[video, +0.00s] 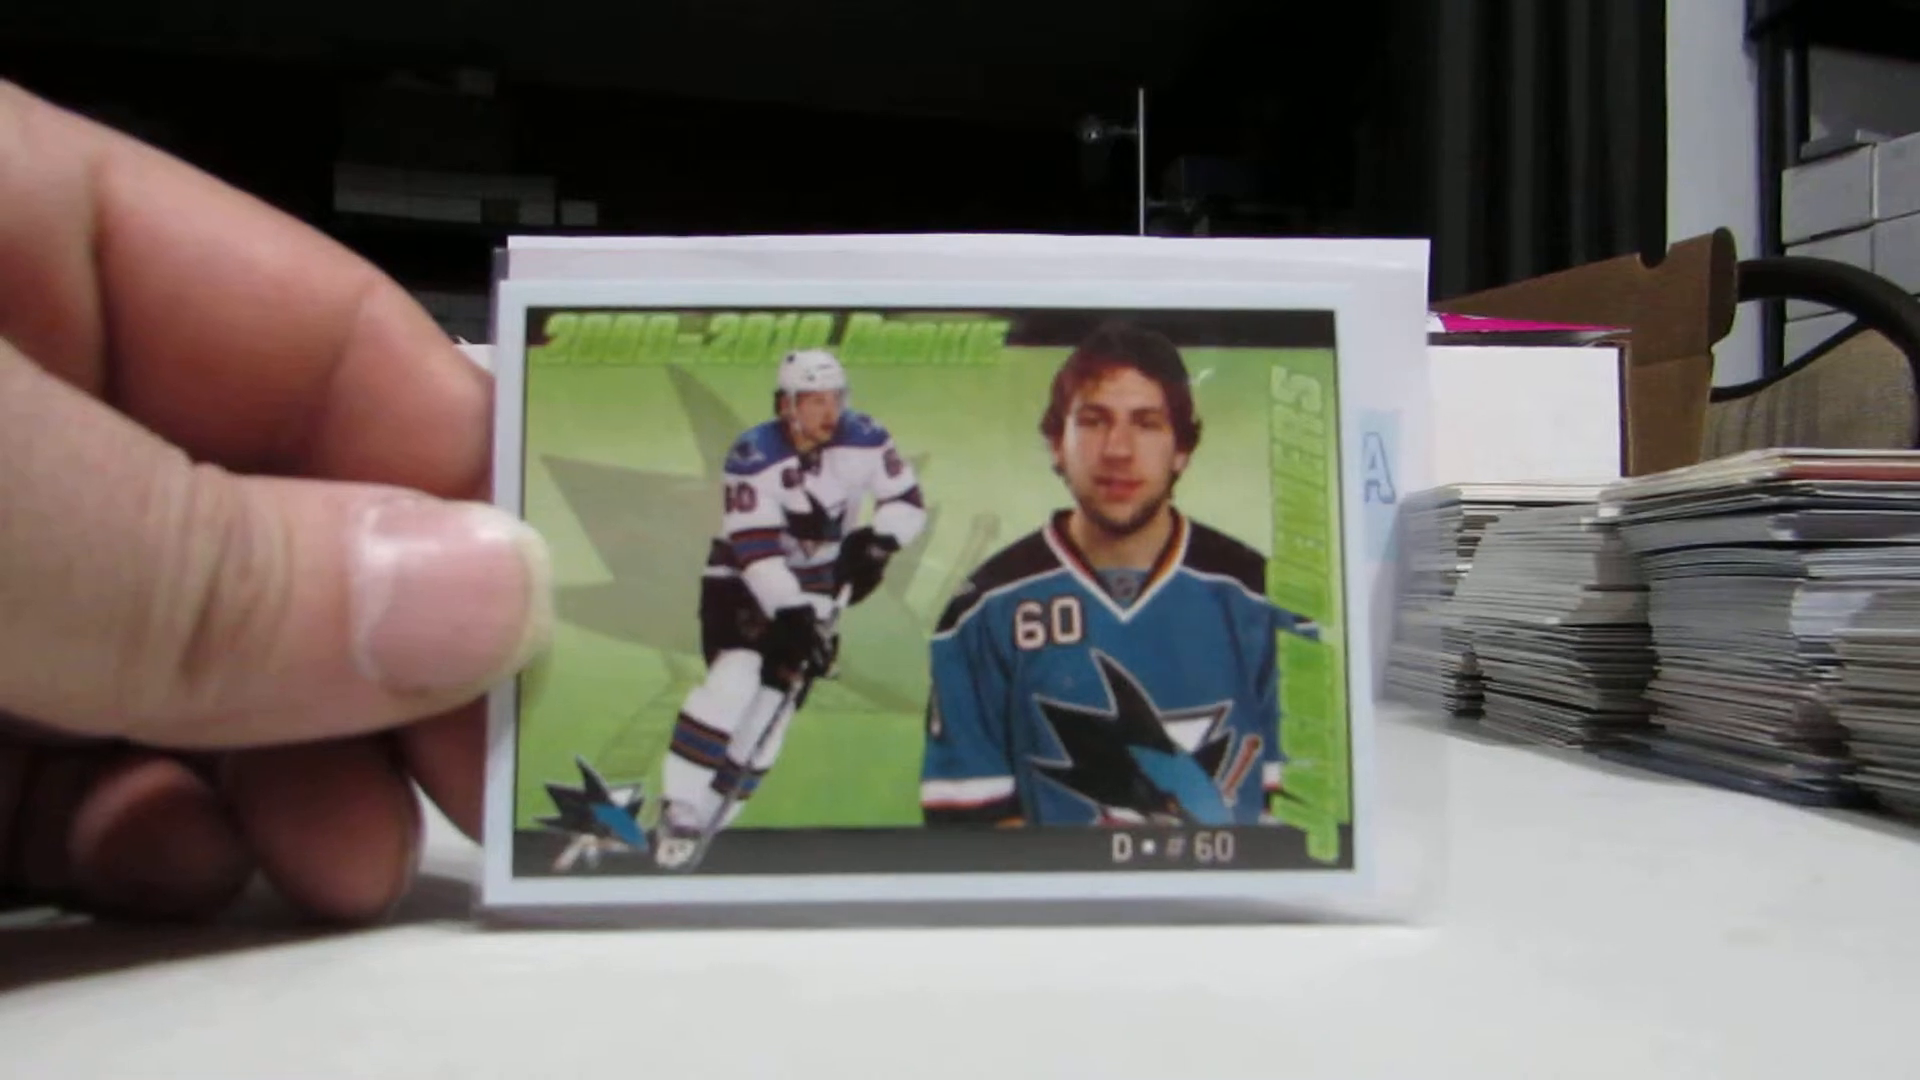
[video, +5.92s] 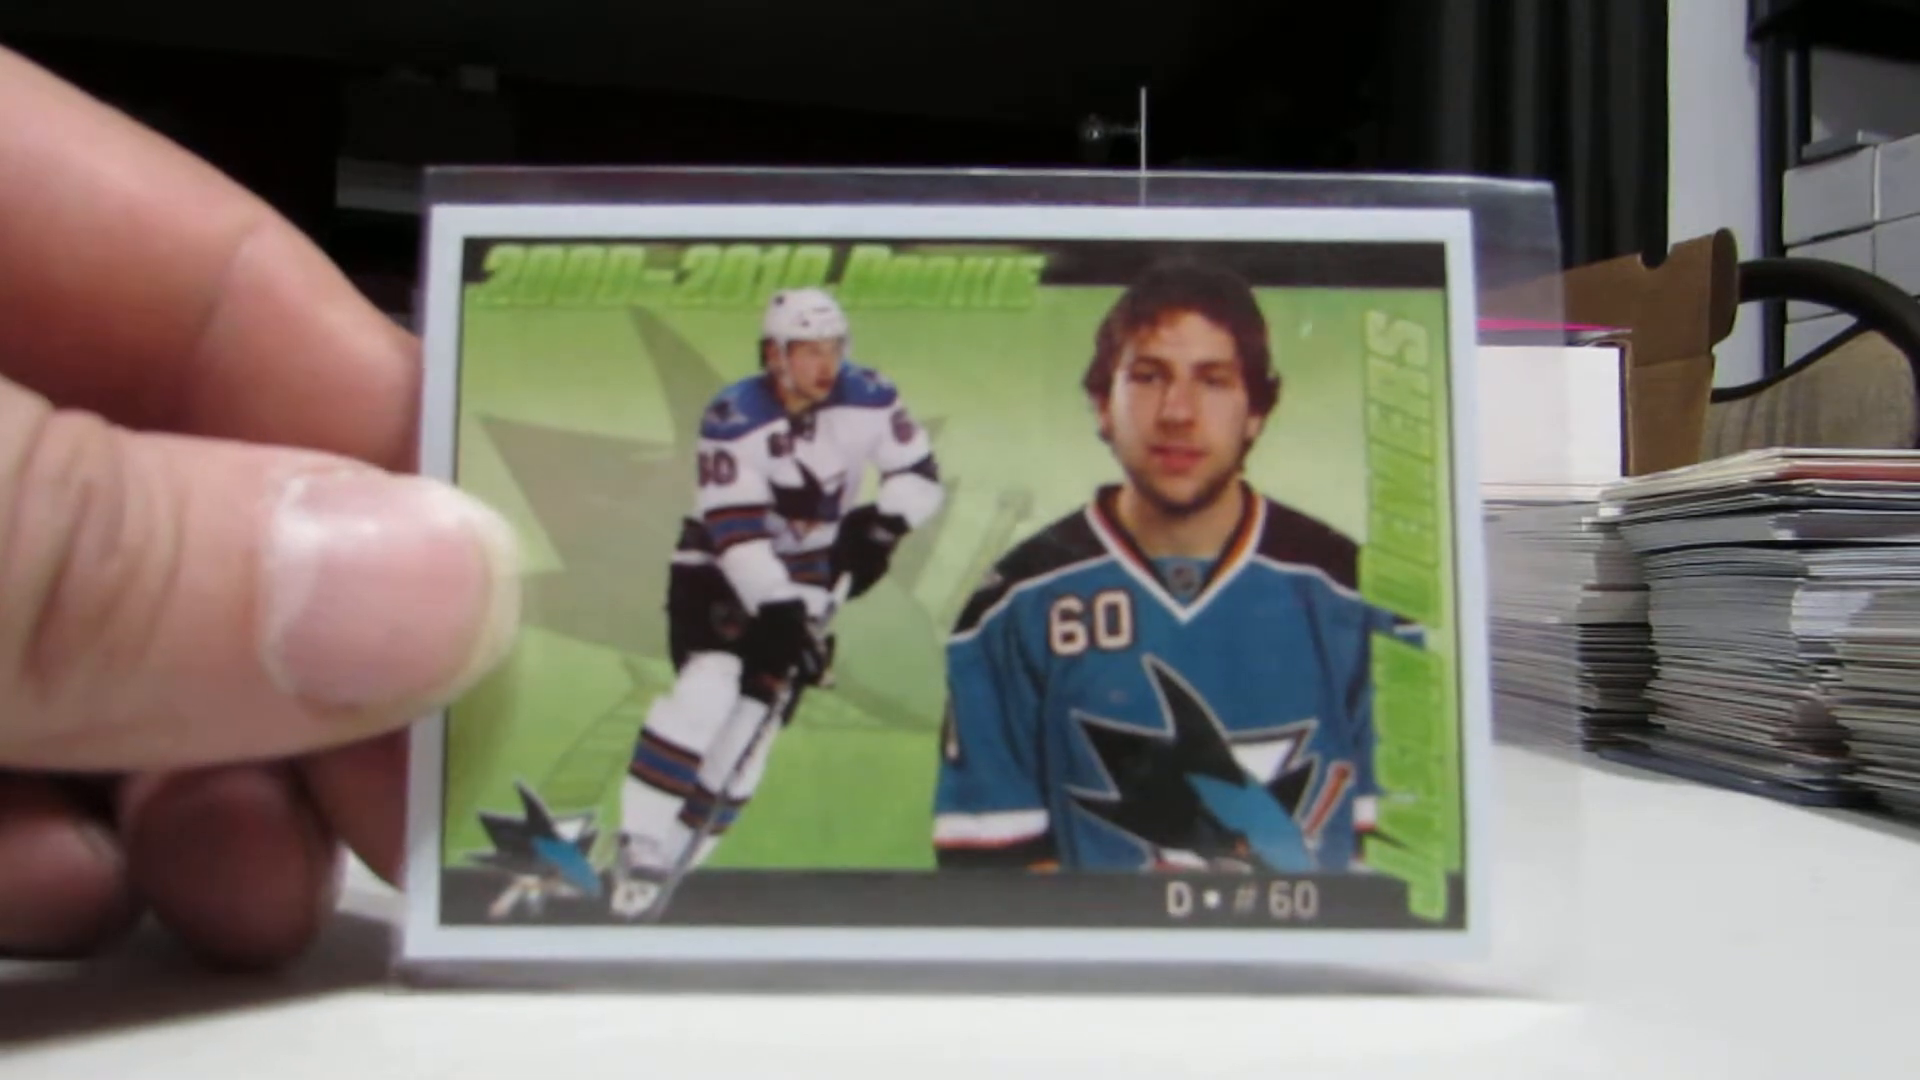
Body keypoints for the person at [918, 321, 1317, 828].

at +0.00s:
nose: (1117, 448)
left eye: (1146, 423)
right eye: (1093, 421)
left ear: (1181, 450)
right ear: (1057, 444)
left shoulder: (1259, 592)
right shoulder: (988, 608)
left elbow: (1296, 803)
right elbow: (970, 823)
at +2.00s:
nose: (1150, 426)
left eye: (1182, 400)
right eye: (1124, 397)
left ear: (1220, 430)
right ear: (1084, 424)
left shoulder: (1308, 588)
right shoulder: (1003, 599)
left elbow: (1345, 828)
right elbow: (977, 843)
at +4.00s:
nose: (1175, 408)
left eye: (1211, 377)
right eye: (1145, 374)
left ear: (1254, 411)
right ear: (1101, 404)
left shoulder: (1351, 586)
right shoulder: (1015, 601)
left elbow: (1396, 853)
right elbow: (988, 876)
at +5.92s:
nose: (1176, 410)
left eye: (1212, 380)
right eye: (1147, 376)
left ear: (1255, 413)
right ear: (1103, 407)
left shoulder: (1354, 588)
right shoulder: (1017, 604)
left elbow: (1399, 852)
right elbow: (991, 876)